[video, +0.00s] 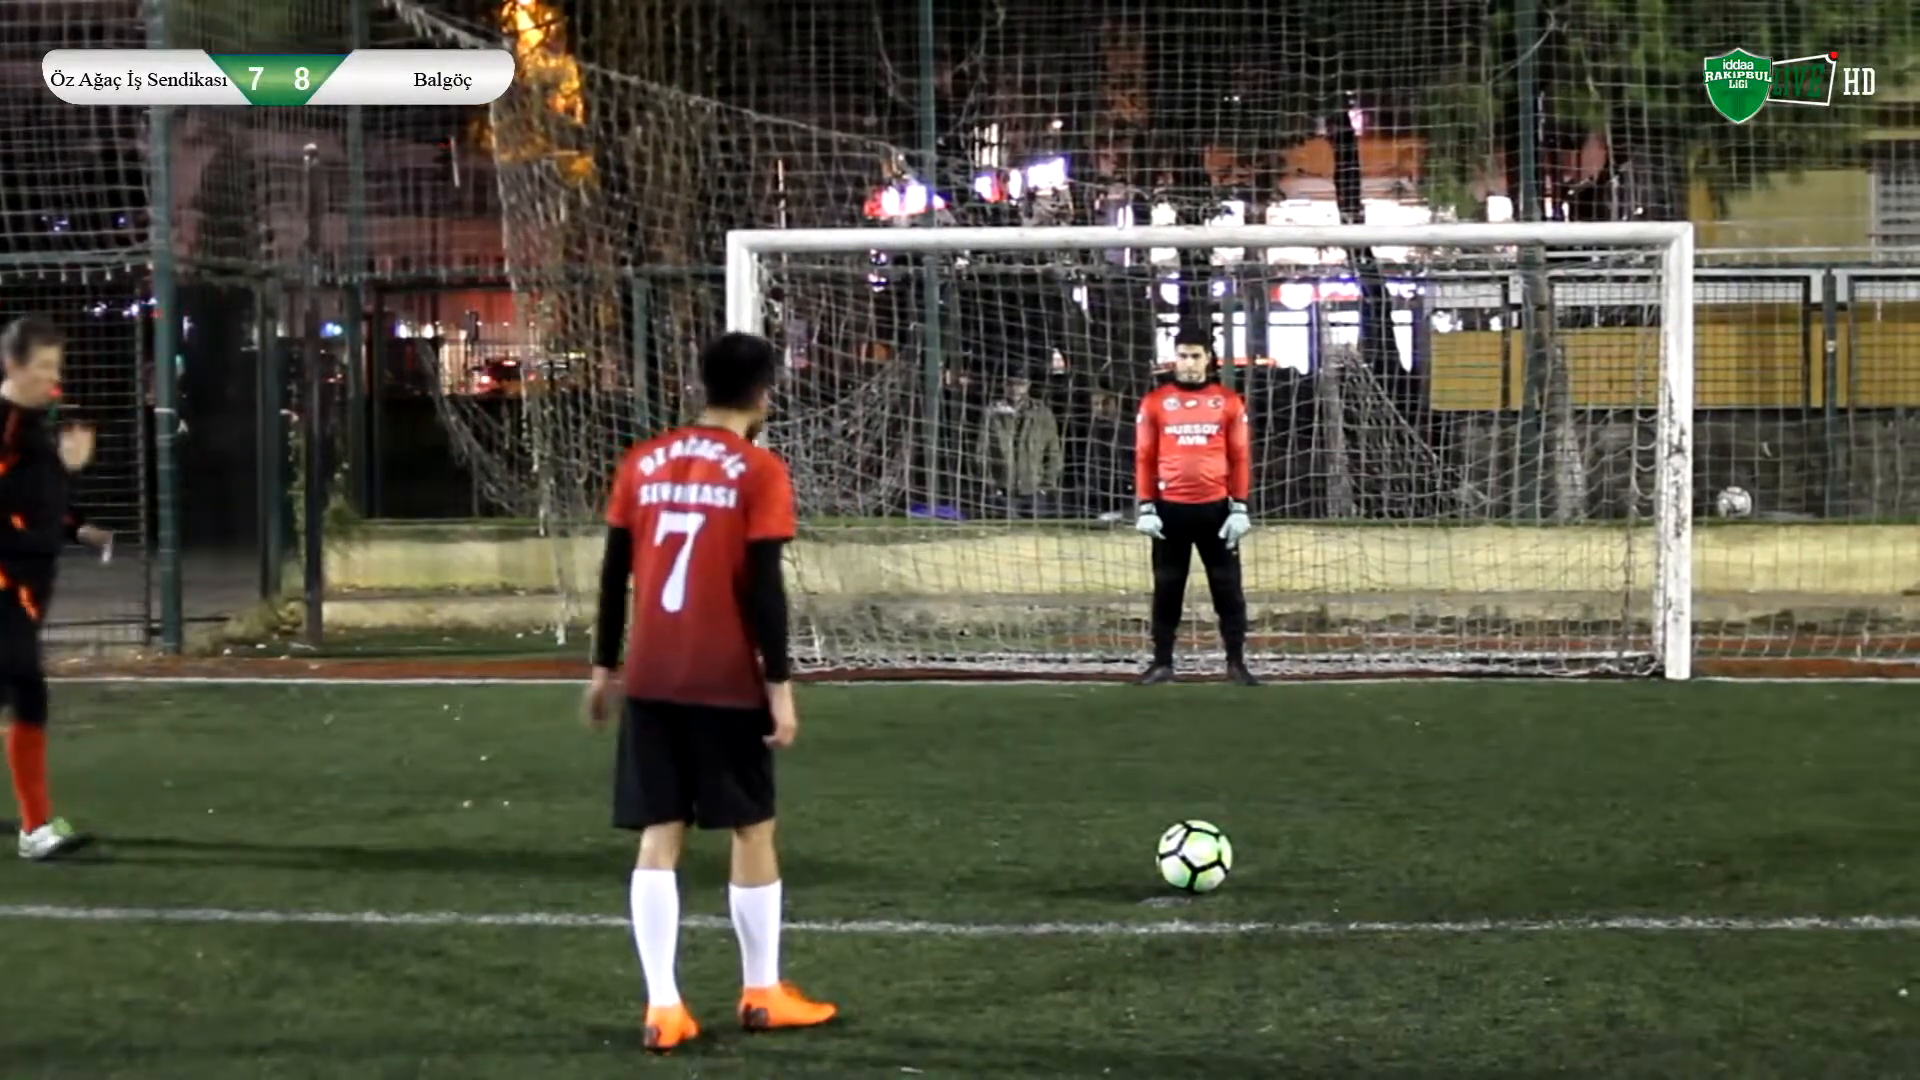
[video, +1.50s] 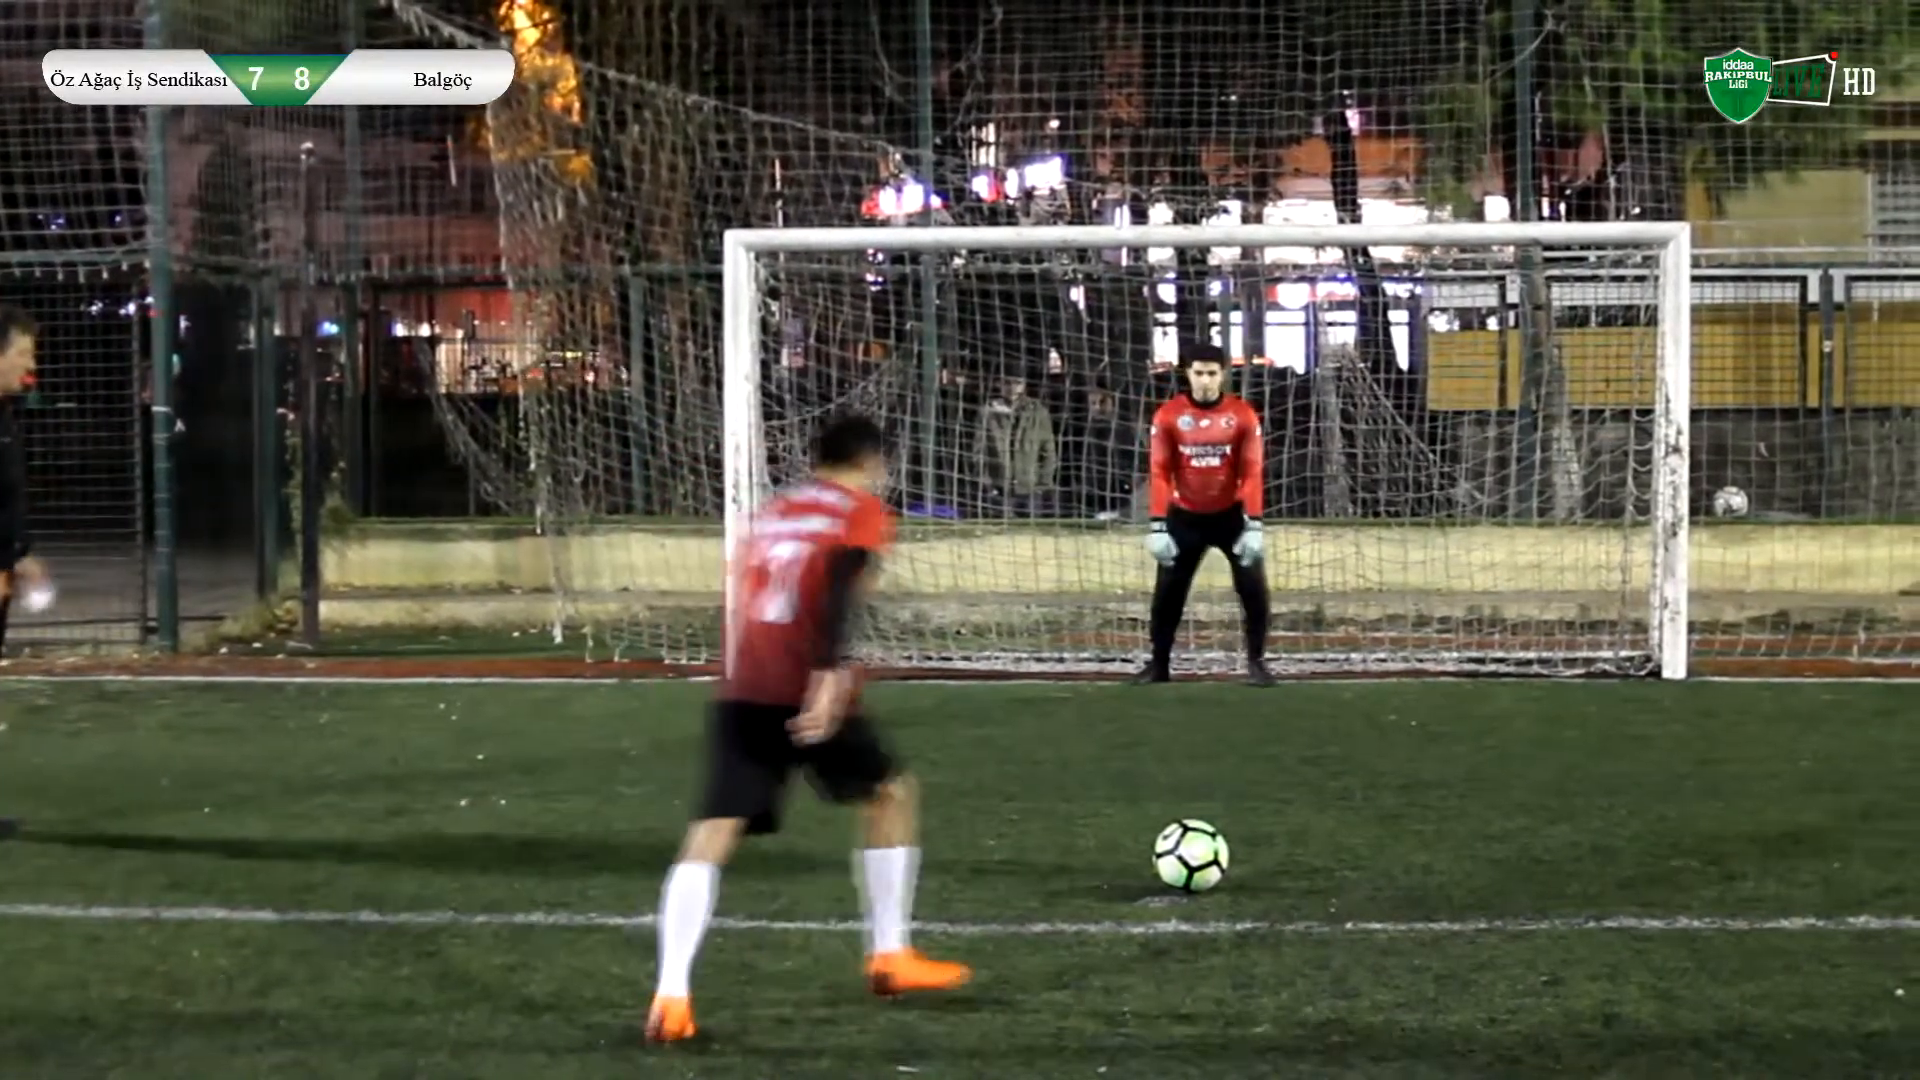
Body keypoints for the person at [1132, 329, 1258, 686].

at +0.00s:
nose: (1188, 363)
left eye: (1195, 356)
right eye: (1182, 356)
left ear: (1209, 359)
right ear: (1174, 359)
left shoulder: (1229, 402)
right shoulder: (1154, 402)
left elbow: (1240, 456)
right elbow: (1144, 456)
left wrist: (1239, 505)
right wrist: (1146, 505)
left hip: (1216, 507)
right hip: (1169, 508)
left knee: (1228, 589)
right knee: (1166, 590)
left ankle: (1236, 662)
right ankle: (1162, 661)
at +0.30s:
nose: (1189, 363)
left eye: (1196, 356)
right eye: (1183, 356)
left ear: (1209, 360)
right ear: (1173, 359)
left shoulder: (1229, 403)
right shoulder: (1154, 403)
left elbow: (1240, 456)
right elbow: (1144, 457)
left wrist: (1239, 505)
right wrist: (1145, 506)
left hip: (1216, 508)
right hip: (1169, 509)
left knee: (1228, 590)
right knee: (1166, 590)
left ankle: (1235, 662)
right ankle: (1161, 662)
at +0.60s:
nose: (1194, 363)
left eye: (1201, 356)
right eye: (1187, 356)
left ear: (1213, 359)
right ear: (1179, 358)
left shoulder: (1234, 402)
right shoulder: (1159, 402)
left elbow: (1245, 456)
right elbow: (1149, 456)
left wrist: (1244, 505)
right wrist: (1150, 505)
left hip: (1221, 507)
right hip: (1175, 509)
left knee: (1233, 589)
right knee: (1171, 589)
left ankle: (1238, 660)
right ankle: (1165, 660)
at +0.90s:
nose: (1194, 365)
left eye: (1201, 358)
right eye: (1188, 358)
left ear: (1213, 360)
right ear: (1178, 360)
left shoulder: (1233, 402)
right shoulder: (1157, 402)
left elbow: (1243, 456)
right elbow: (1148, 457)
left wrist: (1243, 506)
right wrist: (1151, 508)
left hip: (1221, 508)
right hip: (1174, 510)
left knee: (1232, 591)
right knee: (1169, 590)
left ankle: (1236, 660)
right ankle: (1163, 660)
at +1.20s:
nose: (1200, 371)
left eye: (1206, 363)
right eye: (1194, 363)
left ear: (1218, 364)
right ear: (1183, 365)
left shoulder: (1239, 405)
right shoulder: (1163, 406)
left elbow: (1248, 459)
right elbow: (1152, 461)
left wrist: (1248, 508)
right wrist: (1154, 512)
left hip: (1228, 511)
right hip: (1181, 513)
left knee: (1247, 587)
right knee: (1170, 591)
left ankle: (1254, 659)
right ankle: (1163, 661)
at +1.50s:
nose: (1205, 381)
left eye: (1212, 374)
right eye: (1198, 374)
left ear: (1223, 375)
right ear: (1187, 375)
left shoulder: (1243, 415)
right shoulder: (1168, 415)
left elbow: (1252, 472)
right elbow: (1158, 472)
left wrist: (1253, 521)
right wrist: (1157, 523)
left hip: (1231, 516)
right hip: (1185, 516)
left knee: (1255, 589)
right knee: (1167, 593)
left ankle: (1256, 660)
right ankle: (1159, 664)